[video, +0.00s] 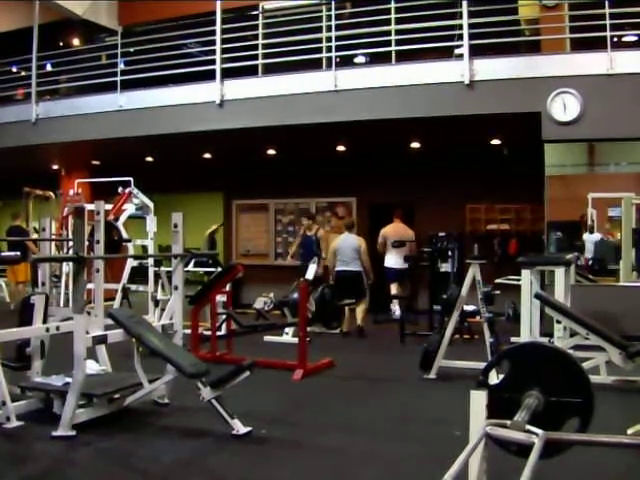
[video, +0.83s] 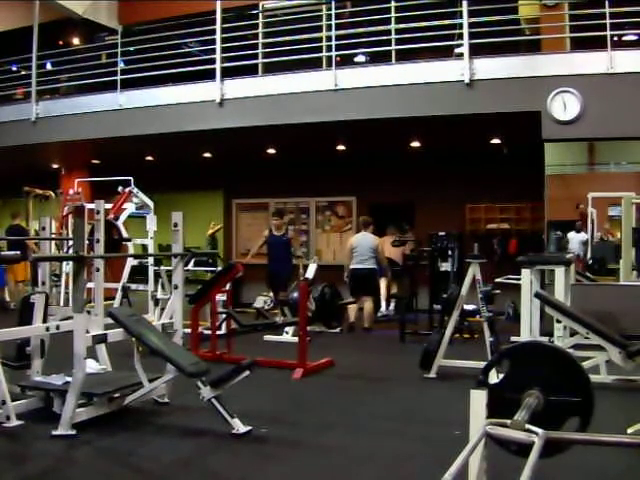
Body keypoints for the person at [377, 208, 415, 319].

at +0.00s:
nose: (396, 220)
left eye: (395, 218)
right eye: (398, 218)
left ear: (393, 218)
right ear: (402, 218)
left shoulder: (385, 231)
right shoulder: (410, 232)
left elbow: (380, 246)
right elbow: (413, 249)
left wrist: (386, 252)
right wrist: (407, 253)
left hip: (390, 261)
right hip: (404, 262)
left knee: (393, 285)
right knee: (403, 284)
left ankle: (396, 307)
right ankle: (398, 304)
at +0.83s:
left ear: (387, 232)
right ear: (398, 232)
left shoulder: (382, 240)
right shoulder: (401, 240)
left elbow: (380, 253)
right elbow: (407, 252)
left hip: (384, 262)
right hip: (397, 264)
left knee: (383, 282)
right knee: (395, 285)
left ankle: (383, 307)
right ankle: (392, 307)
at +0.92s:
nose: (389, 234)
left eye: (389, 233)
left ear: (387, 233)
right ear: (397, 233)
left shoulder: (383, 241)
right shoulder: (402, 242)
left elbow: (380, 253)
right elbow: (407, 254)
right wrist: (407, 263)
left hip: (385, 263)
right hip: (397, 265)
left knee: (383, 288)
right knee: (394, 284)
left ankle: (383, 307)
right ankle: (392, 307)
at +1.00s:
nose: (391, 235)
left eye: (390, 233)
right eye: (392, 233)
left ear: (387, 234)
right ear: (397, 233)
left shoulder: (384, 243)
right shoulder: (402, 244)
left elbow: (381, 254)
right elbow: (407, 255)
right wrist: (407, 263)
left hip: (385, 264)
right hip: (397, 266)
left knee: (383, 290)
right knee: (394, 285)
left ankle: (383, 308)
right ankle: (392, 307)